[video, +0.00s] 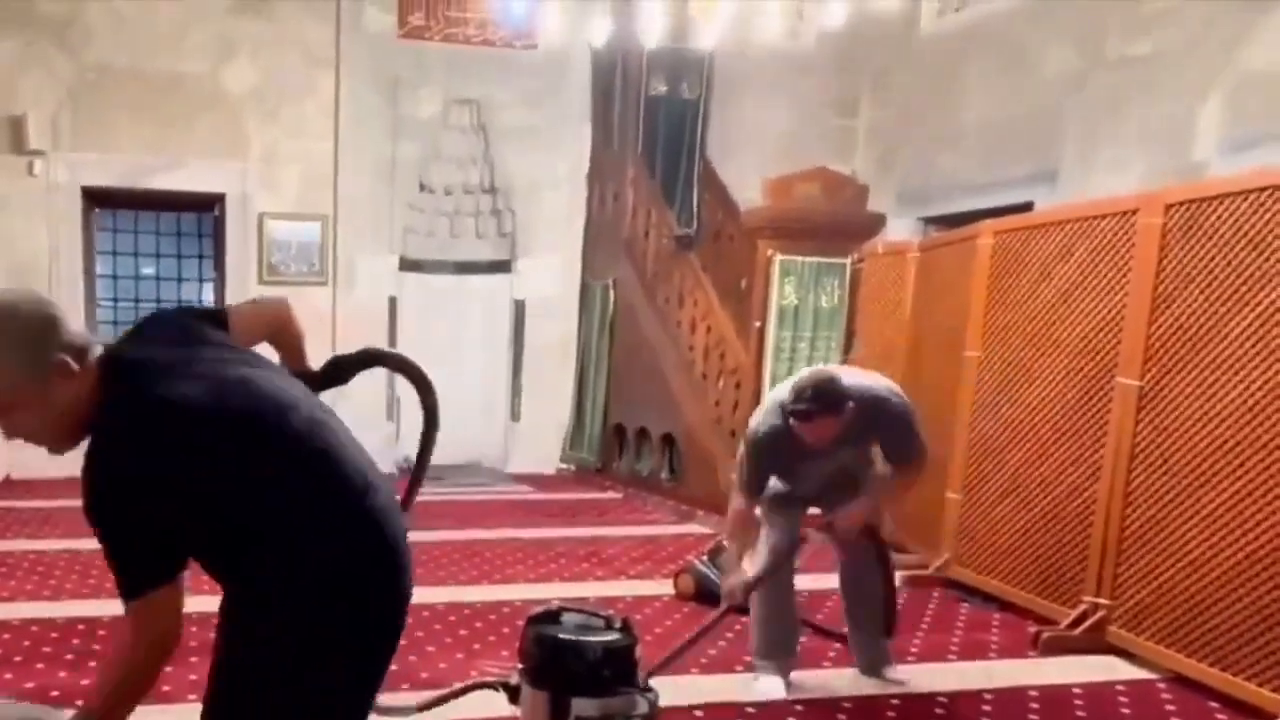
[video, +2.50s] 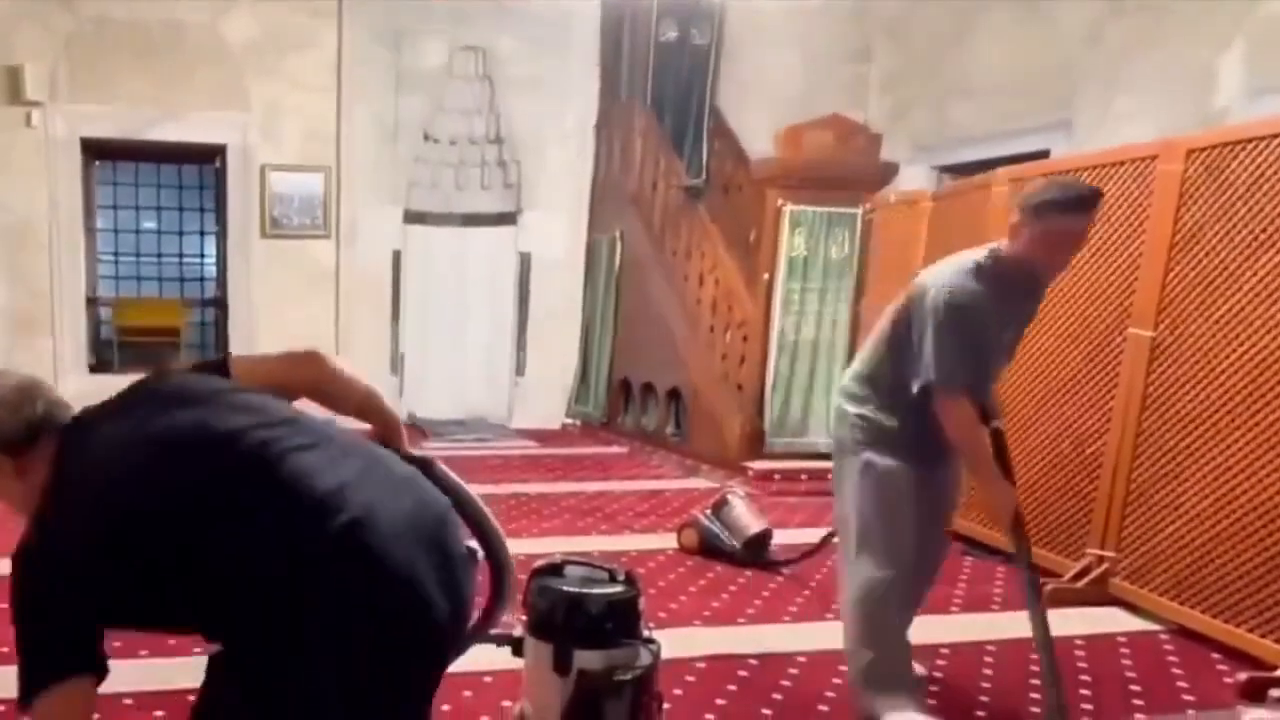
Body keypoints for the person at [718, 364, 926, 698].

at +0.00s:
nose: (810, 439)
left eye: (819, 431)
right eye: (802, 430)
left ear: (844, 413)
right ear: (791, 417)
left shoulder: (886, 405)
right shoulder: (766, 430)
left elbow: (910, 466)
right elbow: (742, 501)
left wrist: (863, 510)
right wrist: (734, 567)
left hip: (845, 478)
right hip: (784, 485)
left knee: (863, 552)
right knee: (774, 558)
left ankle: (875, 661)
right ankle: (770, 667)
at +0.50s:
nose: (815, 420)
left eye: (823, 411)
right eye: (809, 411)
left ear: (855, 397)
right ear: (804, 399)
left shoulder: (894, 383)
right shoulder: (782, 413)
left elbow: (943, 391)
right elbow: (785, 488)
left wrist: (914, 450)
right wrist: (813, 535)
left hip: (864, 475)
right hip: (801, 478)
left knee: (880, 558)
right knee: (785, 545)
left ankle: (876, 654)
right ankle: (772, 660)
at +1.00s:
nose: (826, 397)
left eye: (835, 388)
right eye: (822, 388)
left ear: (868, 379)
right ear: (816, 379)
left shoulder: (907, 361)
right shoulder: (793, 392)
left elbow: (957, 351)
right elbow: (786, 458)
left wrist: (926, 417)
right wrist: (823, 501)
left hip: (874, 458)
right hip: (810, 461)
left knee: (881, 546)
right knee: (786, 540)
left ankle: (879, 641)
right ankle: (776, 645)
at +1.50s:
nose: (864, 356)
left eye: (873, 346)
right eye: (856, 345)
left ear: (891, 338)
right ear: (841, 337)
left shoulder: (917, 346)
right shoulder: (799, 363)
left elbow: (946, 376)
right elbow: (783, 449)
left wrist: (909, 431)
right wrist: (801, 506)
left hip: (864, 450)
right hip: (802, 450)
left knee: (873, 538)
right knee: (785, 533)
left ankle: (879, 629)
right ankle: (773, 633)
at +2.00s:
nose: (956, 244)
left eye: (961, 233)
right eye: (948, 232)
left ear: (961, 233)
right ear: (915, 226)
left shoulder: (949, 276)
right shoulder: (857, 283)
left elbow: (931, 323)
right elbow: (839, 375)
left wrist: (933, 352)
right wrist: (888, 440)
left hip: (877, 422)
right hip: (812, 418)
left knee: (883, 535)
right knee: (788, 522)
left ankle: (874, 649)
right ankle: (772, 624)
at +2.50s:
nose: (1064, 258)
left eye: (1073, 247)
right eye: (1057, 242)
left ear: (1078, 244)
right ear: (1021, 226)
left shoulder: (1028, 286)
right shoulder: (954, 289)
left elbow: (981, 354)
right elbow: (949, 403)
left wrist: (985, 406)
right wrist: (993, 486)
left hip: (938, 429)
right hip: (878, 425)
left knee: (923, 553)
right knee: (880, 560)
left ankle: (886, 648)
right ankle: (879, 688)